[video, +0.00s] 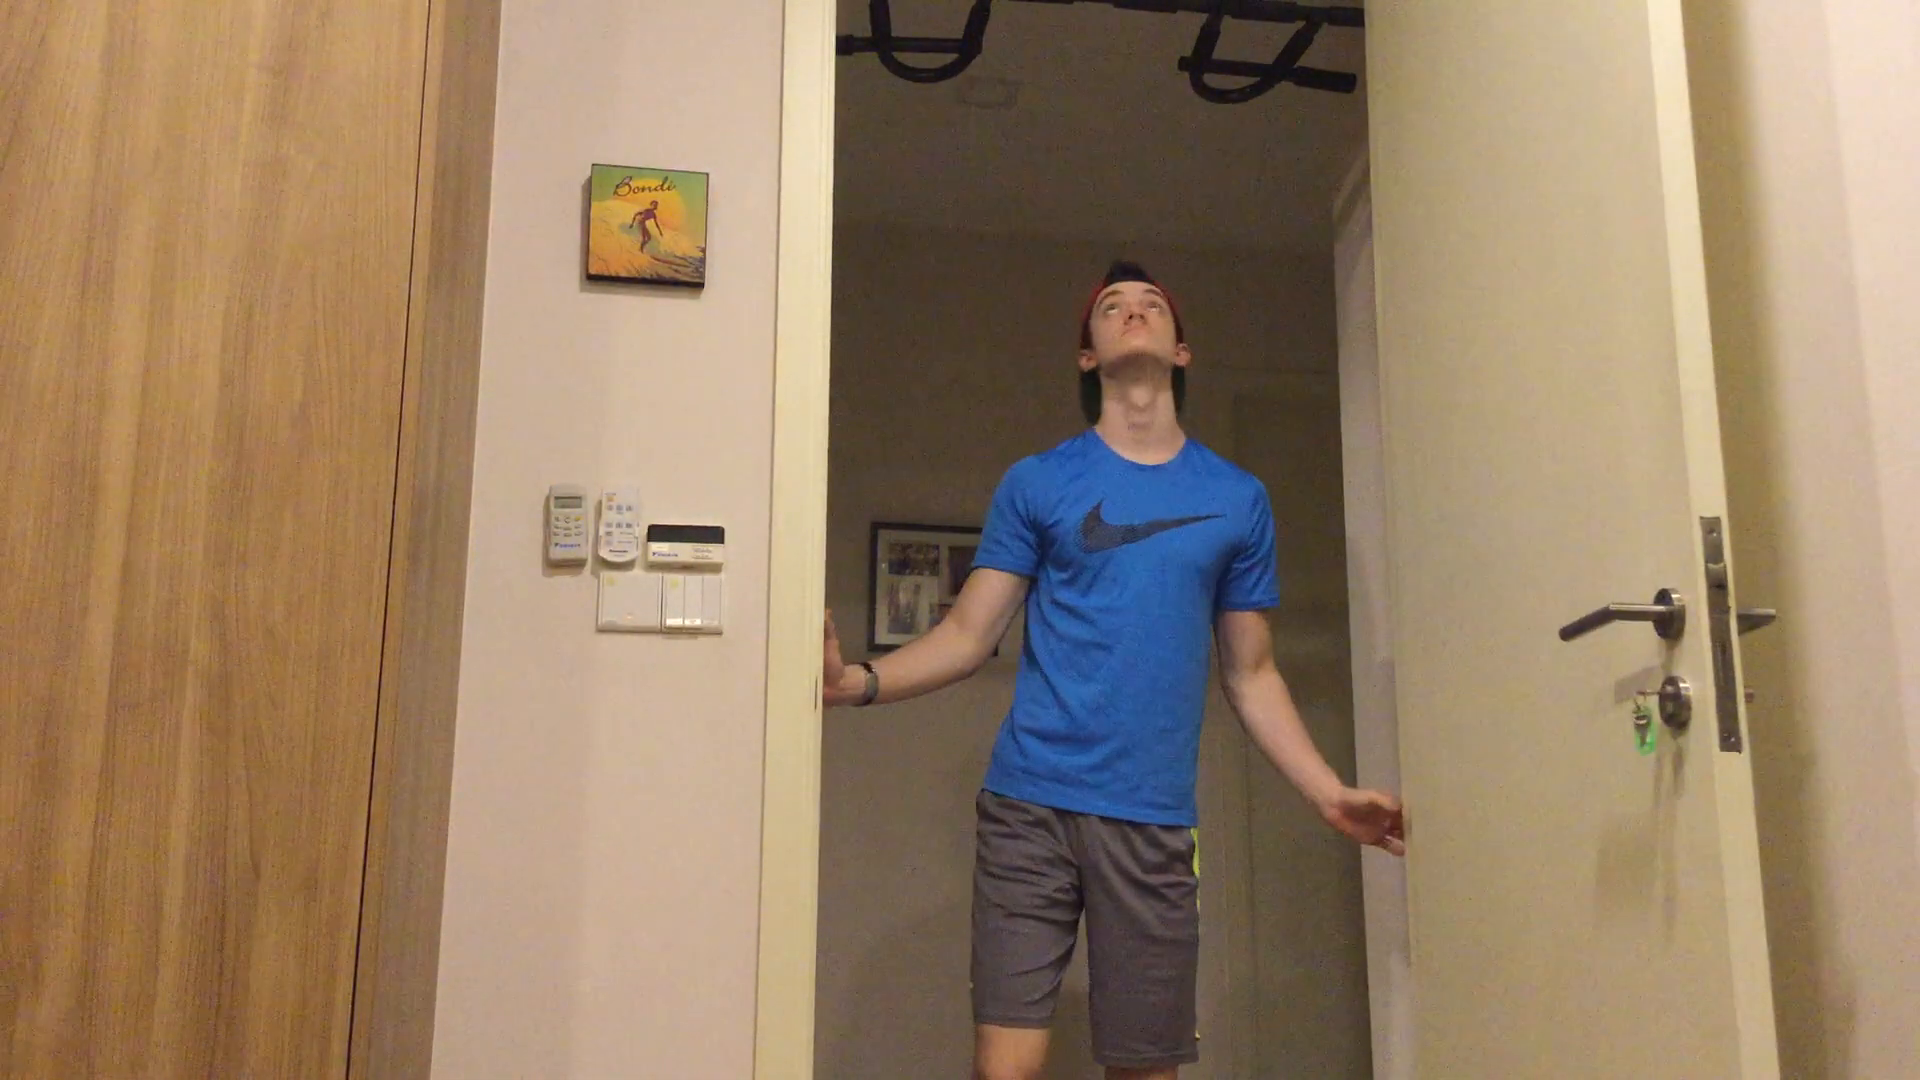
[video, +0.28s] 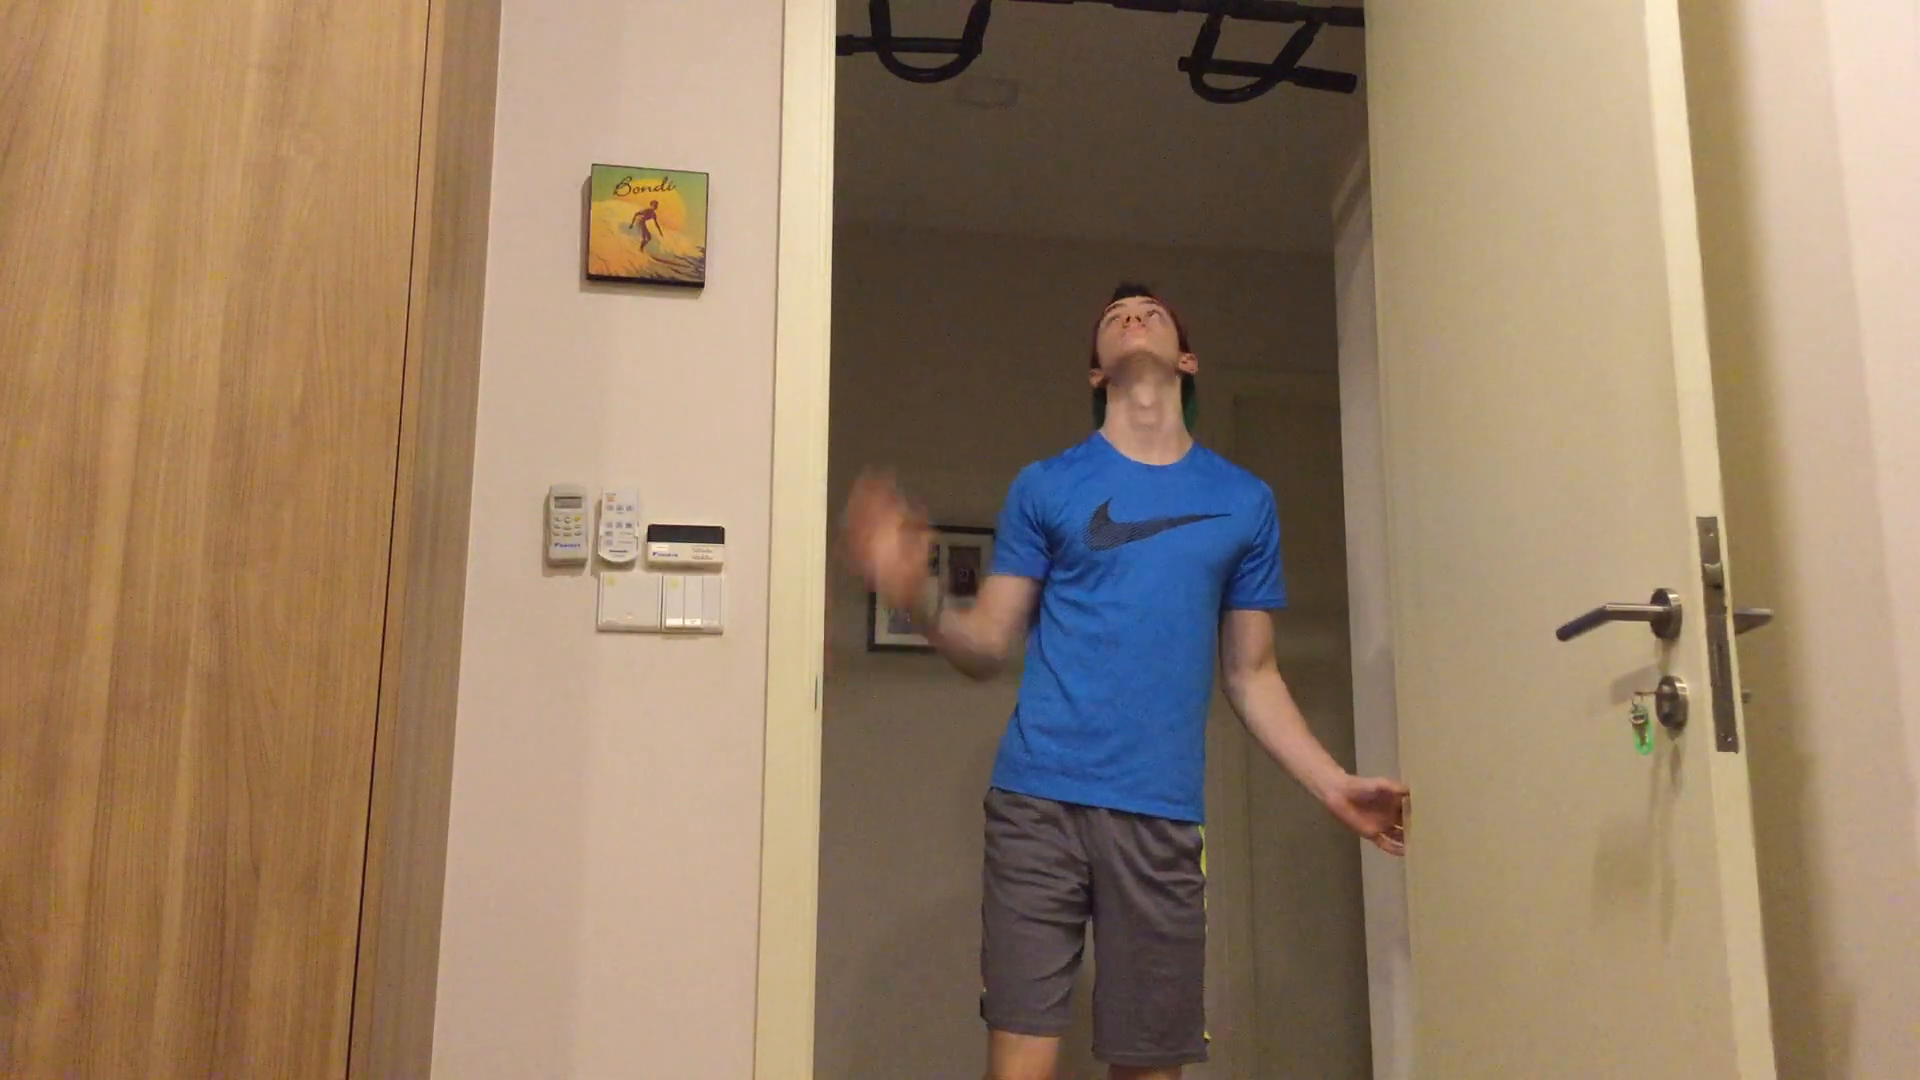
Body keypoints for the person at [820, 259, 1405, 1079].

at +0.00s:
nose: (1134, 309)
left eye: (1152, 306)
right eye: (1112, 307)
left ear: (1183, 353)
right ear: (1087, 356)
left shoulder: (1237, 498)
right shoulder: (1038, 481)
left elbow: (1251, 669)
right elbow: (965, 633)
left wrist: (1331, 795)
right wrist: (854, 680)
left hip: (1153, 821)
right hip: (1027, 806)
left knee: (1148, 1067)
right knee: (1008, 1064)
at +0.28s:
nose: (1132, 314)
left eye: (1151, 313)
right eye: (1113, 317)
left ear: (1189, 364)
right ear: (1096, 375)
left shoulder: (1244, 500)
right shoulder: (1045, 487)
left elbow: (1253, 671)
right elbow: (989, 642)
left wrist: (1334, 785)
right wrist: (916, 599)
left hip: (1160, 815)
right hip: (1036, 802)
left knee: (1151, 1062)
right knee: (1023, 1056)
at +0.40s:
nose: (1126, 318)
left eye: (1147, 315)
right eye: (1110, 321)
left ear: (1186, 365)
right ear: (1096, 382)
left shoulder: (1243, 499)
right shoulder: (1048, 479)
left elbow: (1257, 669)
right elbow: (943, 587)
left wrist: (1337, 784)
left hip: (1167, 814)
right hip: (1042, 802)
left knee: (1156, 1063)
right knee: (1035, 1057)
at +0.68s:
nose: (1120, 326)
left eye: (1140, 322)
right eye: (1107, 326)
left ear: (1181, 370)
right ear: (1089, 376)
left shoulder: (1228, 510)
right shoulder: (1048, 448)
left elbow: (1244, 681)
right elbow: (932, 327)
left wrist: (1334, 787)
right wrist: (933, 173)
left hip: (1167, 794)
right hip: (1050, 776)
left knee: (1158, 1059)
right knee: (1068, 1046)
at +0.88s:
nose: (1110, 323)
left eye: (1129, 321)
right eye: (1095, 326)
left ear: (1167, 375)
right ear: (1075, 374)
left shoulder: (1213, 514)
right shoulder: (1038, 434)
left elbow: (1229, 680)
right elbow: (960, 283)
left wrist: (1333, 778)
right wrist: (940, 123)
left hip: (1156, 786)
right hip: (1039, 770)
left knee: (1150, 1058)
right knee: (1066, 1046)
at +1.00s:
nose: (1091, 321)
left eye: (1110, 318)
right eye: (1078, 324)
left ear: (1151, 369)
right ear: (1062, 372)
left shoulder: (1202, 512)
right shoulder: (1026, 435)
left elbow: (1220, 673)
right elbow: (955, 272)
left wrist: (1324, 767)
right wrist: (937, 114)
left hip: (1146, 781)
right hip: (1031, 766)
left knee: (1143, 1056)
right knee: (1055, 1046)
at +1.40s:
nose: (1041, 289)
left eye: (1059, 288)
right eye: (1027, 291)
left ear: (1093, 343)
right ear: (1002, 339)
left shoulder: (1139, 468)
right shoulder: (968, 392)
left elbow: (1171, 626)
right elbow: (930, 222)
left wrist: (1245, 705)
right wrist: (924, 74)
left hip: (1102, 742)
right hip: (987, 728)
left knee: (1119, 1043)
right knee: (996, 1040)